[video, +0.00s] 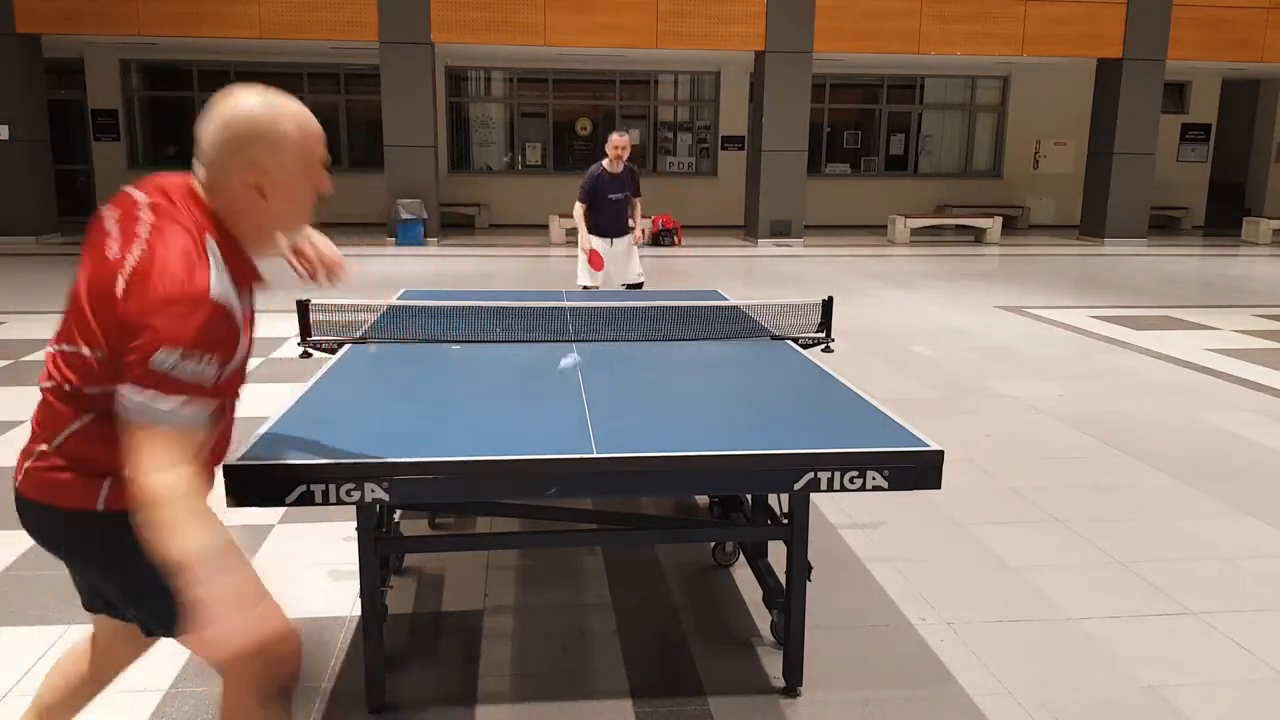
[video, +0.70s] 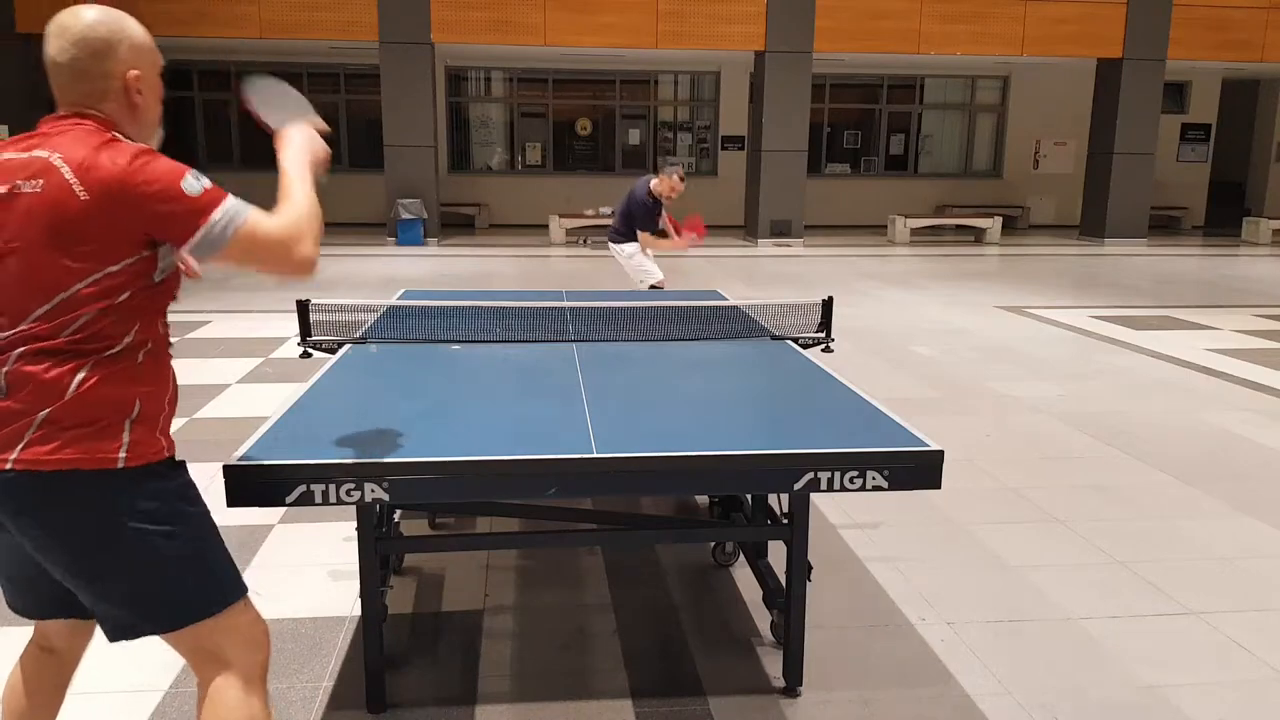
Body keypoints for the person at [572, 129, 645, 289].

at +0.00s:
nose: (619, 153)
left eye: (624, 148)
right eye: (615, 148)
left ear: (629, 149)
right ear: (607, 149)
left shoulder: (631, 172)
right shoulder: (595, 173)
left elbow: (636, 202)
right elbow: (578, 209)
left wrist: (638, 228)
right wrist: (584, 237)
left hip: (624, 239)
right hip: (596, 240)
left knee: (636, 283)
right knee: (590, 288)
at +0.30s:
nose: (637, 155)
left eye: (641, 150)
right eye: (633, 149)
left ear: (645, 152)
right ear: (623, 149)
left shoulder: (640, 171)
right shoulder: (609, 172)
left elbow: (639, 198)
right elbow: (585, 202)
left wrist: (645, 226)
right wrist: (600, 231)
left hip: (628, 238)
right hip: (601, 238)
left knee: (637, 282)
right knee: (597, 287)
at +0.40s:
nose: (647, 162)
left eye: (651, 158)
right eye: (643, 156)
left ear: (654, 159)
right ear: (632, 155)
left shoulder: (645, 176)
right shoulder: (618, 178)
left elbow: (644, 205)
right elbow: (603, 213)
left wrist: (651, 235)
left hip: (633, 236)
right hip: (609, 237)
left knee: (641, 283)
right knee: (616, 286)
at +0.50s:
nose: (658, 169)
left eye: (662, 165)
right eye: (655, 163)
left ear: (665, 166)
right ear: (643, 159)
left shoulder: (651, 180)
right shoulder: (627, 181)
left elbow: (649, 206)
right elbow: (624, 223)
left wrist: (656, 236)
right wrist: (652, 234)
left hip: (633, 233)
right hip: (611, 233)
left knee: (643, 279)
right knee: (631, 274)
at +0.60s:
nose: (668, 182)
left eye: (672, 178)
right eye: (665, 175)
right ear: (654, 167)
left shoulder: (654, 184)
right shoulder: (637, 188)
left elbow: (655, 212)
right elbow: (644, 231)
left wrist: (663, 240)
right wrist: (668, 223)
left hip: (634, 234)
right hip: (615, 234)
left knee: (639, 280)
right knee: (644, 278)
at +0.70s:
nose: (673, 196)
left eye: (677, 193)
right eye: (672, 189)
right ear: (662, 179)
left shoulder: (653, 184)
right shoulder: (642, 200)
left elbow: (660, 213)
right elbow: (645, 242)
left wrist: (674, 238)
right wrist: (680, 244)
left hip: (637, 238)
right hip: (622, 242)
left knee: (650, 282)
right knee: (656, 281)